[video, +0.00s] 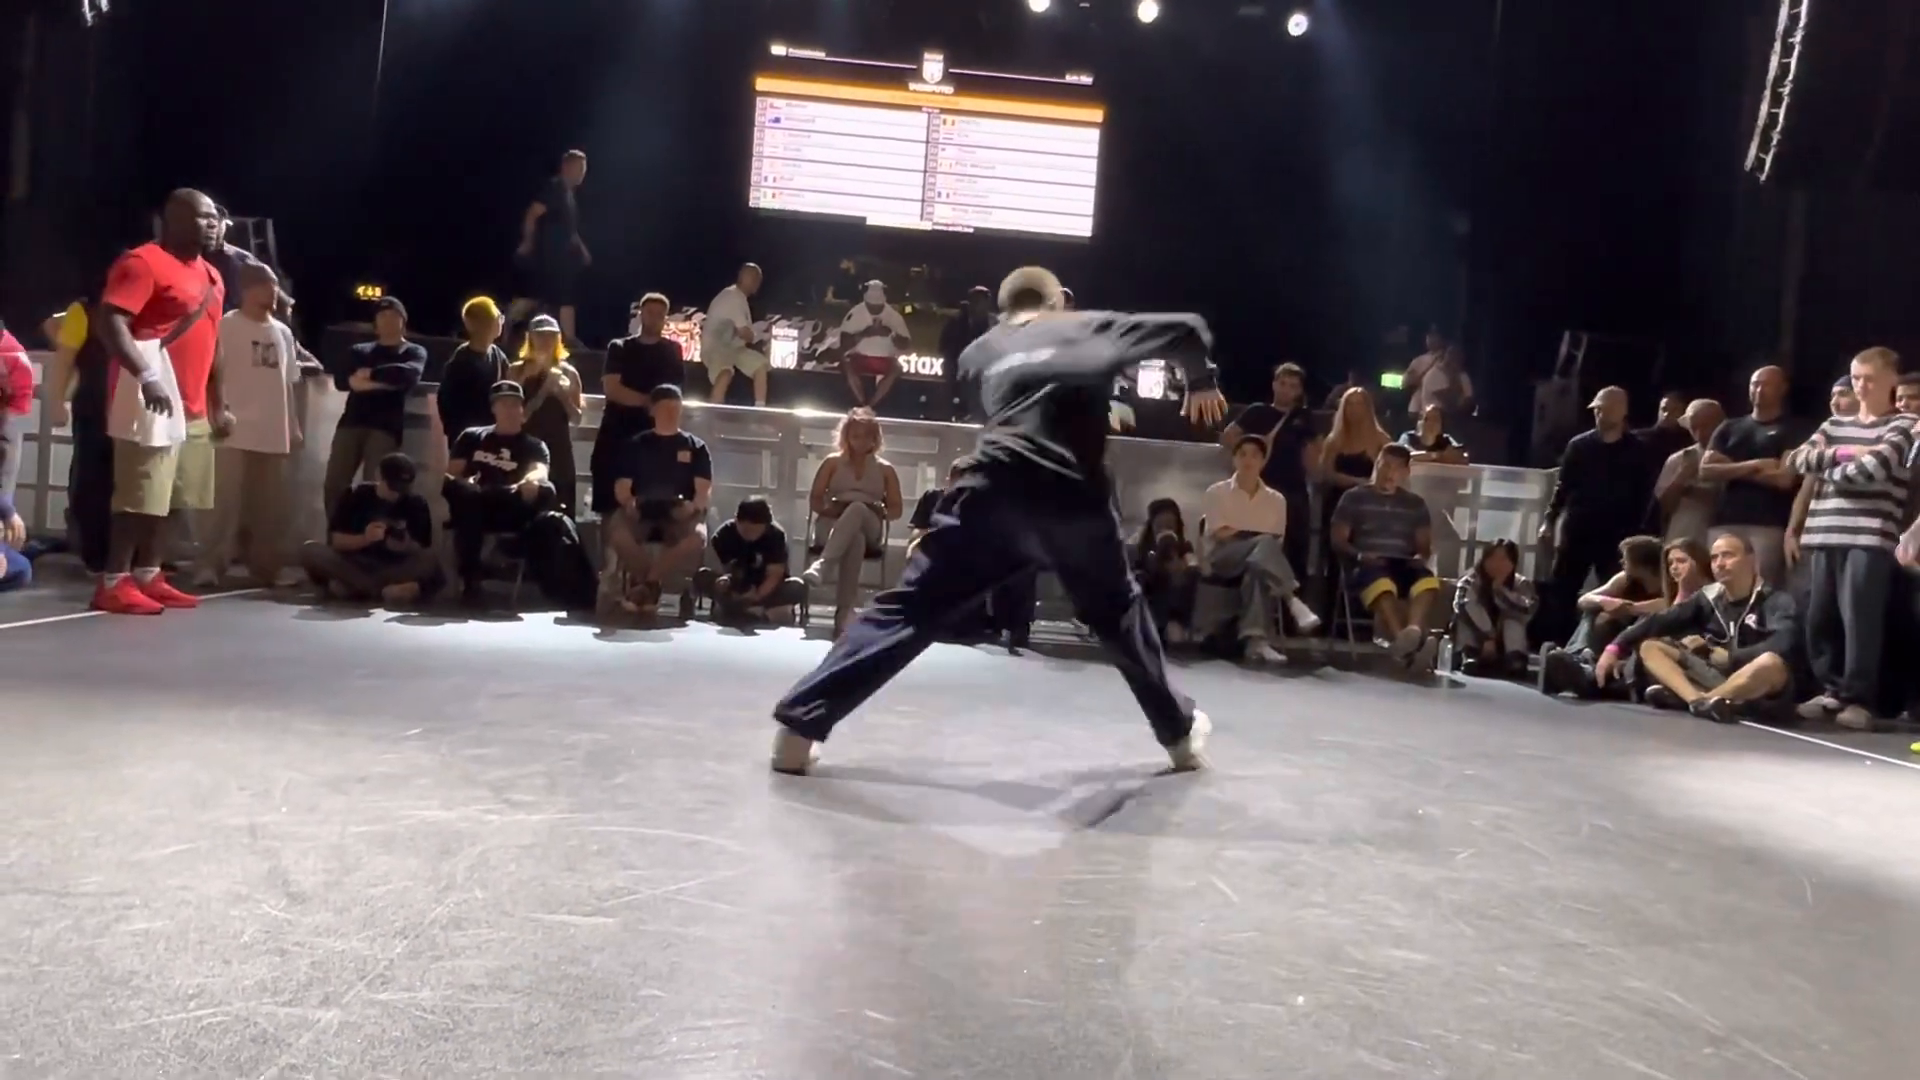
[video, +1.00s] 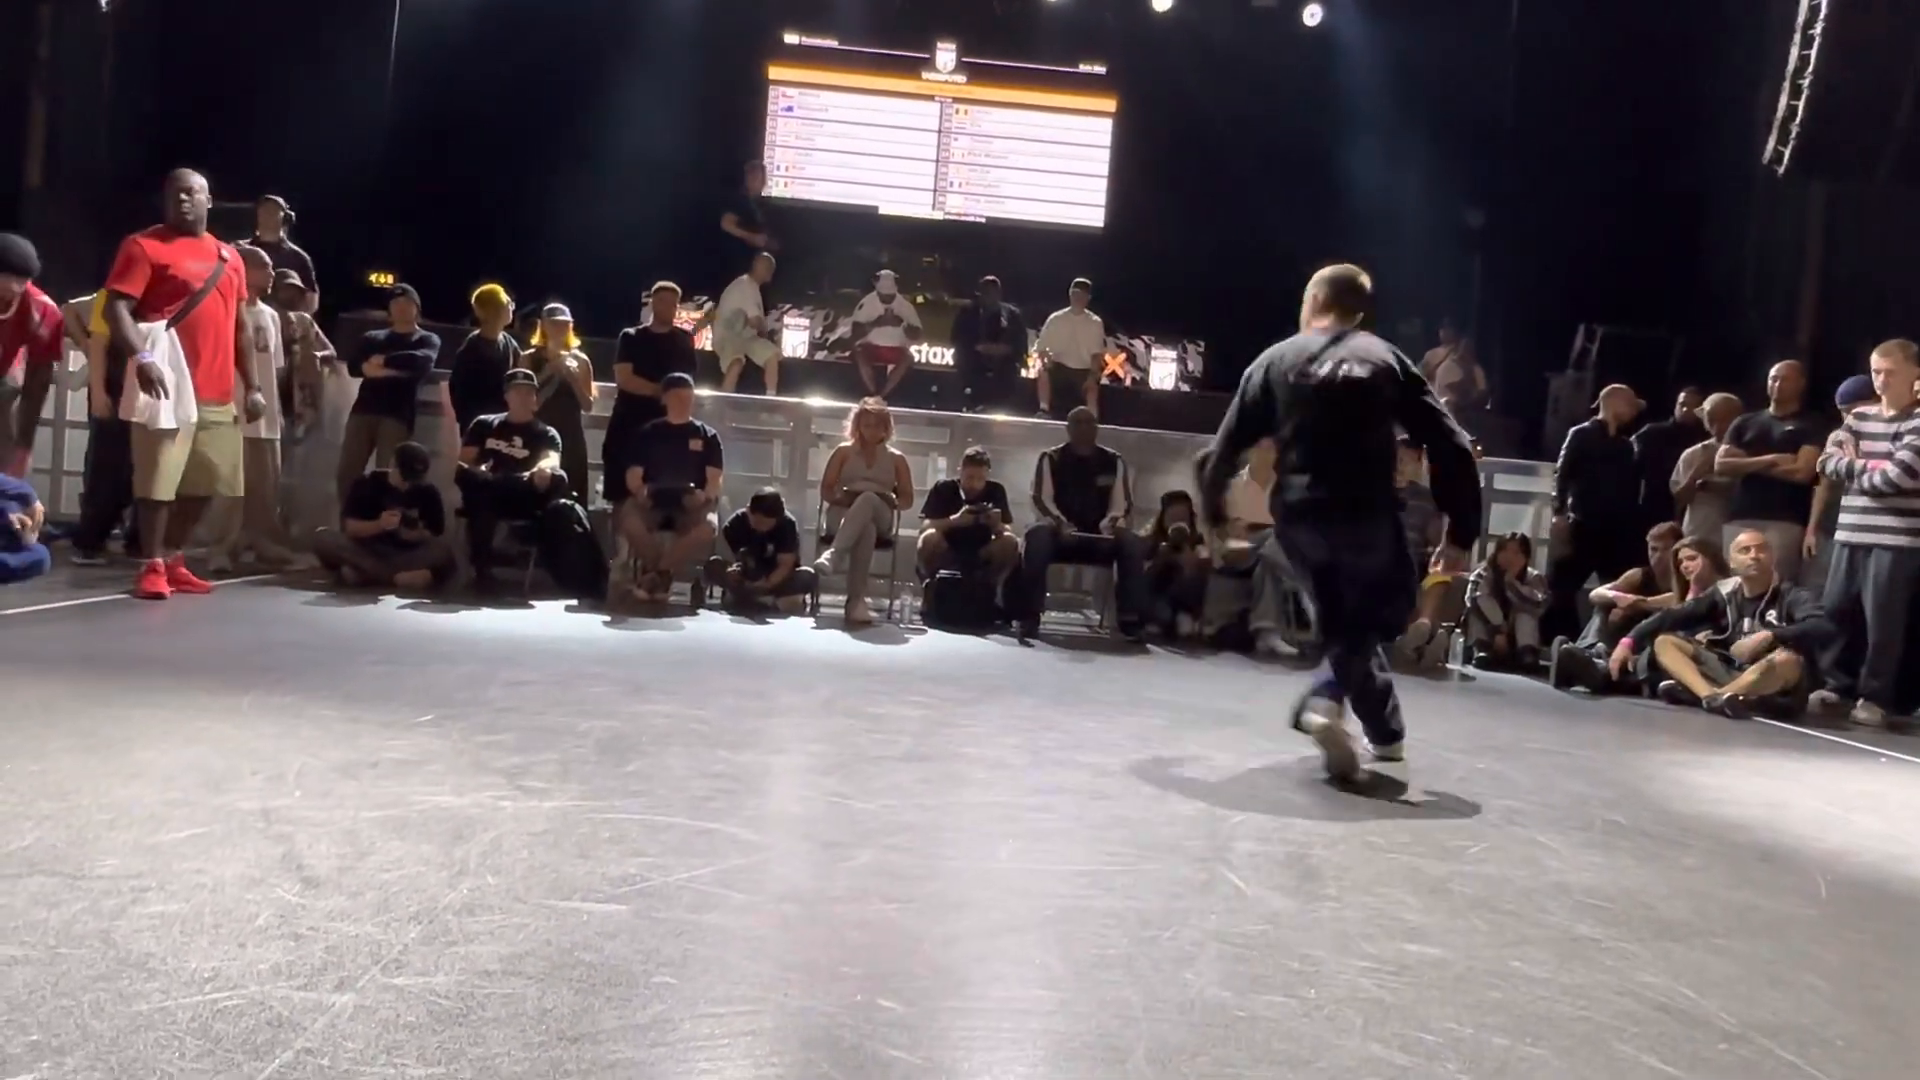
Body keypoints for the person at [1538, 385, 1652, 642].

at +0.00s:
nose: (1598, 414)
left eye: (1604, 410)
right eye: (1596, 409)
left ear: (1622, 413)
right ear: (1593, 410)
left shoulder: (1637, 450)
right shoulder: (1579, 445)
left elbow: (1642, 495)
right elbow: (1563, 487)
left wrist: (1634, 531)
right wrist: (1548, 521)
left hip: (1616, 533)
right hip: (1578, 532)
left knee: (1615, 597)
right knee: (1563, 592)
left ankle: (1612, 654)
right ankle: (1554, 647)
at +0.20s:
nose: (1614, 410)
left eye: (1621, 406)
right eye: (1611, 405)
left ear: (1634, 410)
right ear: (1604, 407)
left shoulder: (1645, 449)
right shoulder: (1585, 442)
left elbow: (1648, 494)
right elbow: (1567, 483)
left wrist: (1640, 529)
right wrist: (1553, 518)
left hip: (1621, 531)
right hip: (1582, 528)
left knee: (1618, 595)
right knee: (1558, 586)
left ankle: (1615, 651)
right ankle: (1553, 642)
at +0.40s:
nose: (1628, 409)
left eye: (1633, 404)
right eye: (1623, 402)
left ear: (1637, 410)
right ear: (1609, 404)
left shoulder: (1641, 449)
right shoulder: (1582, 439)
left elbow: (1650, 494)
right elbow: (1560, 479)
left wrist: (1649, 534)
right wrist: (1548, 515)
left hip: (1620, 535)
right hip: (1580, 532)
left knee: (1620, 600)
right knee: (1556, 588)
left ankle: (1615, 654)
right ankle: (1555, 643)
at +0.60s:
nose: (1634, 408)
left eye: (1634, 403)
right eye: (1629, 402)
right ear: (1611, 404)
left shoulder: (1636, 444)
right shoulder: (1575, 437)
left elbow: (1644, 489)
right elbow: (1554, 477)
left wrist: (1644, 527)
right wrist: (1543, 513)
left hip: (1617, 528)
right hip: (1578, 525)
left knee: (1623, 590)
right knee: (1555, 581)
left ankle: (1619, 649)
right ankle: (1560, 641)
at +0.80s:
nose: (1632, 409)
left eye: (1632, 404)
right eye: (1627, 403)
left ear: (1612, 407)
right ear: (1611, 404)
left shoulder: (1626, 447)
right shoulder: (1577, 436)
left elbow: (1630, 489)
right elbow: (1556, 476)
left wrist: (1629, 520)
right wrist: (1549, 512)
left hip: (1615, 526)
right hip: (1578, 525)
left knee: (1618, 593)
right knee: (1559, 586)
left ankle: (1616, 648)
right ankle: (1558, 641)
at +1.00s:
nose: (1634, 409)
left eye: (1634, 404)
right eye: (1630, 403)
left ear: (1614, 406)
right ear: (1614, 404)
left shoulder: (1627, 445)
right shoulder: (1581, 435)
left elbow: (1632, 484)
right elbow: (1562, 473)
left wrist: (1631, 514)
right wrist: (1559, 510)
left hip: (1618, 522)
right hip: (1583, 521)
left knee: (1619, 586)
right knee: (1565, 583)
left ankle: (1618, 646)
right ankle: (1557, 637)